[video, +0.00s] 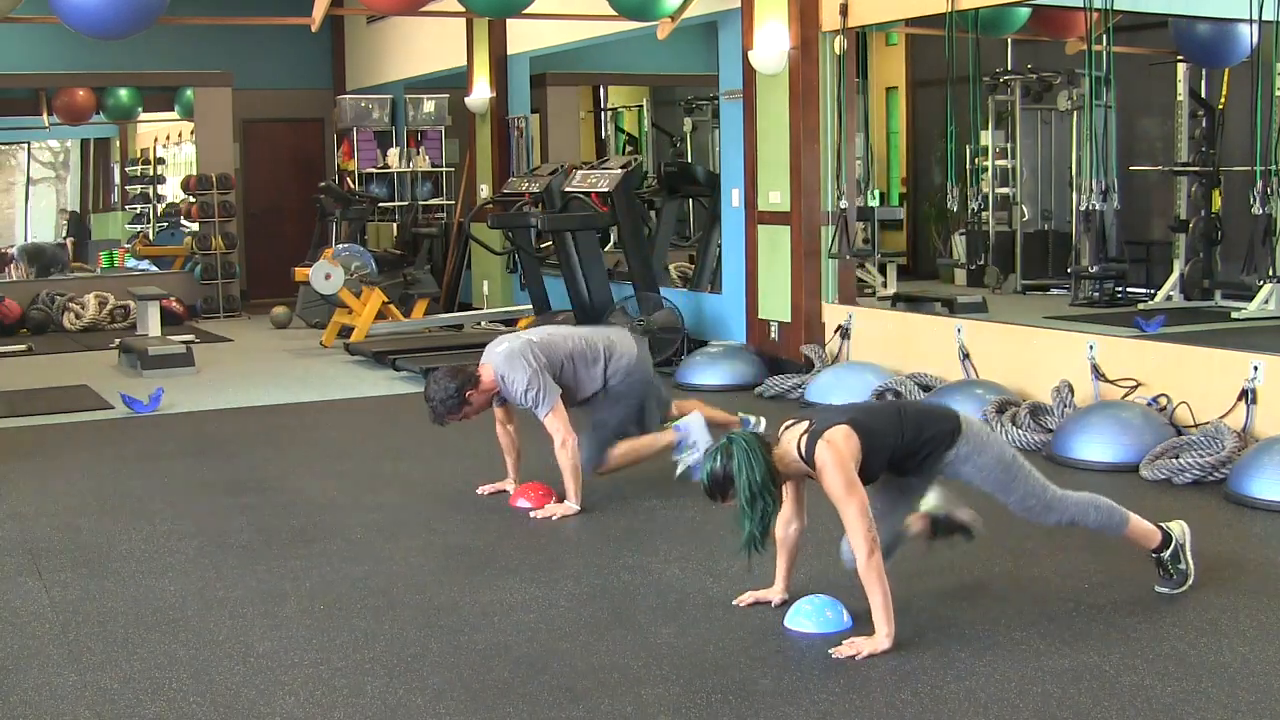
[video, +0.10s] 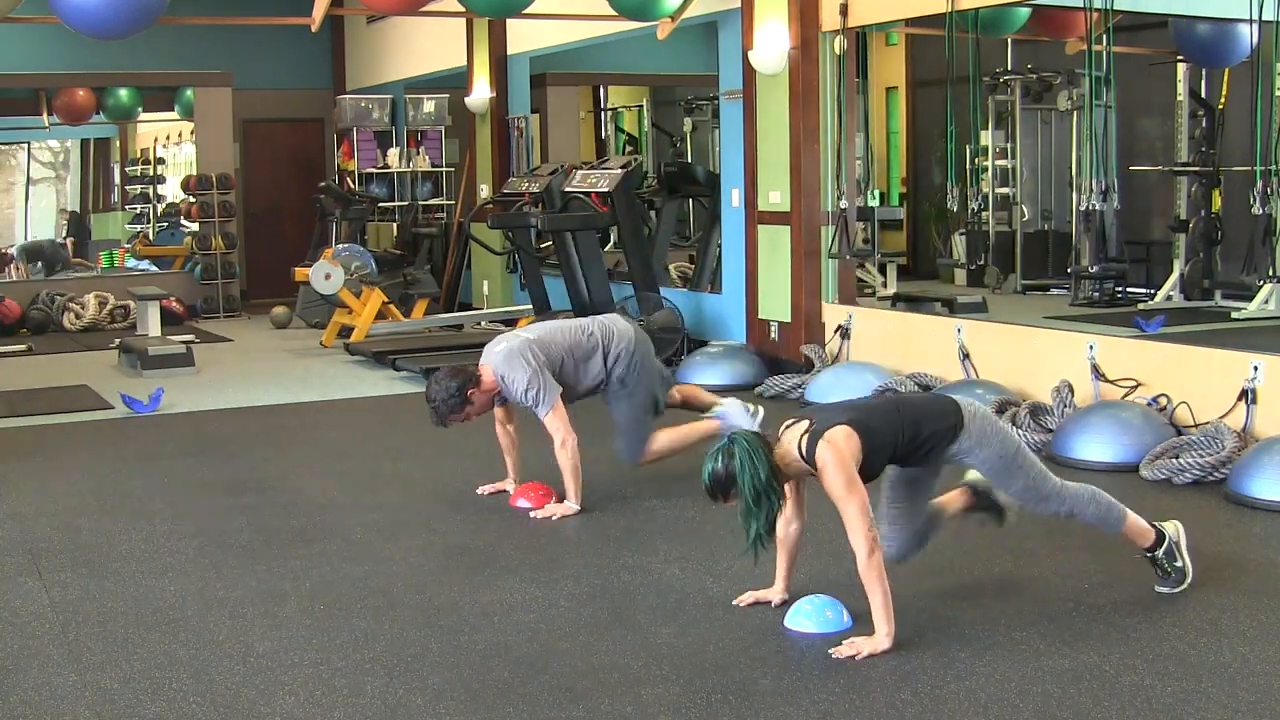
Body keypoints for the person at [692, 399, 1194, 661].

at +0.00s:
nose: (739, 502)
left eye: (736, 493)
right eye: (730, 495)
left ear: (749, 475)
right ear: (744, 456)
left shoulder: (828, 454)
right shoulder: (778, 447)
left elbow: (865, 550)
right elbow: (788, 521)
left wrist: (883, 634)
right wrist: (779, 588)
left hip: (953, 439)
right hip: (899, 461)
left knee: (1047, 505)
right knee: (864, 541)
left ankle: (1164, 539)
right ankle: (929, 521)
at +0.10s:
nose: (745, 503)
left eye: (742, 494)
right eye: (737, 497)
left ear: (755, 475)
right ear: (749, 461)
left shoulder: (830, 452)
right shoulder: (781, 448)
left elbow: (867, 548)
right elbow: (789, 521)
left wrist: (883, 632)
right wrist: (779, 587)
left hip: (957, 428)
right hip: (906, 454)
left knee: (1047, 495)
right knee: (897, 544)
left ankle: (1156, 538)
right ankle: (975, 493)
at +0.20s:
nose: (754, 504)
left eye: (750, 493)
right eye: (745, 498)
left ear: (761, 473)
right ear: (752, 457)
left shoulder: (829, 451)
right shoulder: (779, 444)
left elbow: (867, 547)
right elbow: (787, 518)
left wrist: (883, 633)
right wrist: (780, 587)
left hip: (961, 427)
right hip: (922, 444)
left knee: (1049, 495)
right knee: (937, 530)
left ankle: (1156, 537)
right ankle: (1007, 487)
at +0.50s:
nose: (740, 504)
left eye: (739, 497)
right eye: (732, 500)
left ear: (752, 474)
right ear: (747, 449)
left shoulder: (828, 454)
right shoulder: (766, 441)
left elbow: (869, 547)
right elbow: (780, 514)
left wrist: (882, 634)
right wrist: (780, 586)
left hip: (937, 458)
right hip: (909, 459)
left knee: (1024, 539)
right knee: (997, 505)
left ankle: (1151, 535)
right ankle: (1070, 509)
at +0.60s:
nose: (744, 508)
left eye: (742, 498)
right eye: (735, 503)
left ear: (756, 476)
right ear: (741, 459)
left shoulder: (828, 451)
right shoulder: (766, 440)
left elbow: (867, 545)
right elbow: (776, 514)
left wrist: (883, 633)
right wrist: (779, 585)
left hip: (933, 436)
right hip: (905, 425)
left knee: (969, 561)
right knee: (978, 488)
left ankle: (1093, 535)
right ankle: (1069, 511)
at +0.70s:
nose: (740, 506)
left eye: (738, 499)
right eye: (732, 502)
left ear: (754, 480)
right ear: (743, 460)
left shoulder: (833, 449)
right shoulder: (767, 439)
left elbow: (868, 546)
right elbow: (777, 515)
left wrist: (883, 633)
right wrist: (779, 586)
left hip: (925, 436)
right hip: (912, 414)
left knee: (903, 566)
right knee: (974, 486)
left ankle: (1021, 535)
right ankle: (1061, 512)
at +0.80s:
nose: (739, 506)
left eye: (738, 498)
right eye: (732, 501)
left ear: (754, 478)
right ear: (741, 450)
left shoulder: (832, 450)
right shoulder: (768, 436)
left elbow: (868, 545)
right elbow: (775, 513)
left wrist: (883, 634)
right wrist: (779, 585)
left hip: (918, 447)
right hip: (911, 419)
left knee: (845, 553)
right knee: (977, 493)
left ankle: (979, 549)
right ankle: (1066, 513)